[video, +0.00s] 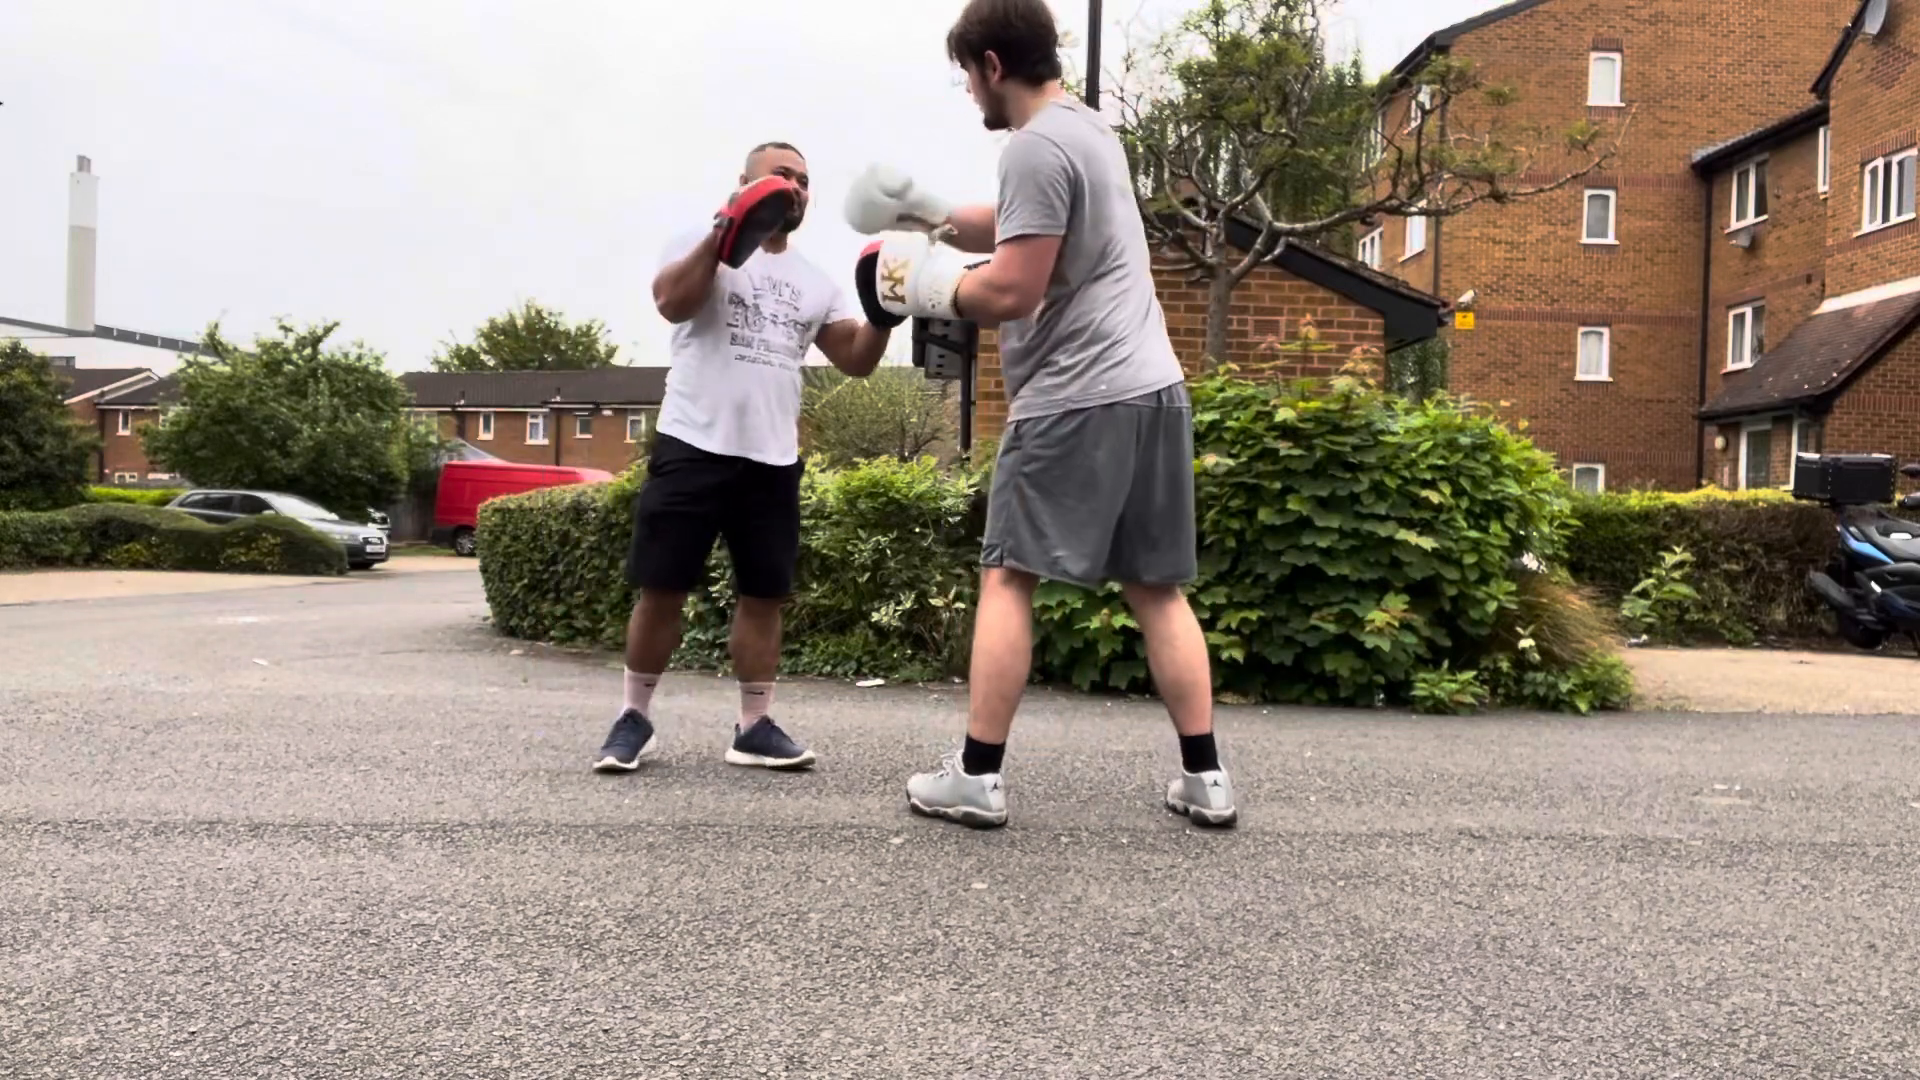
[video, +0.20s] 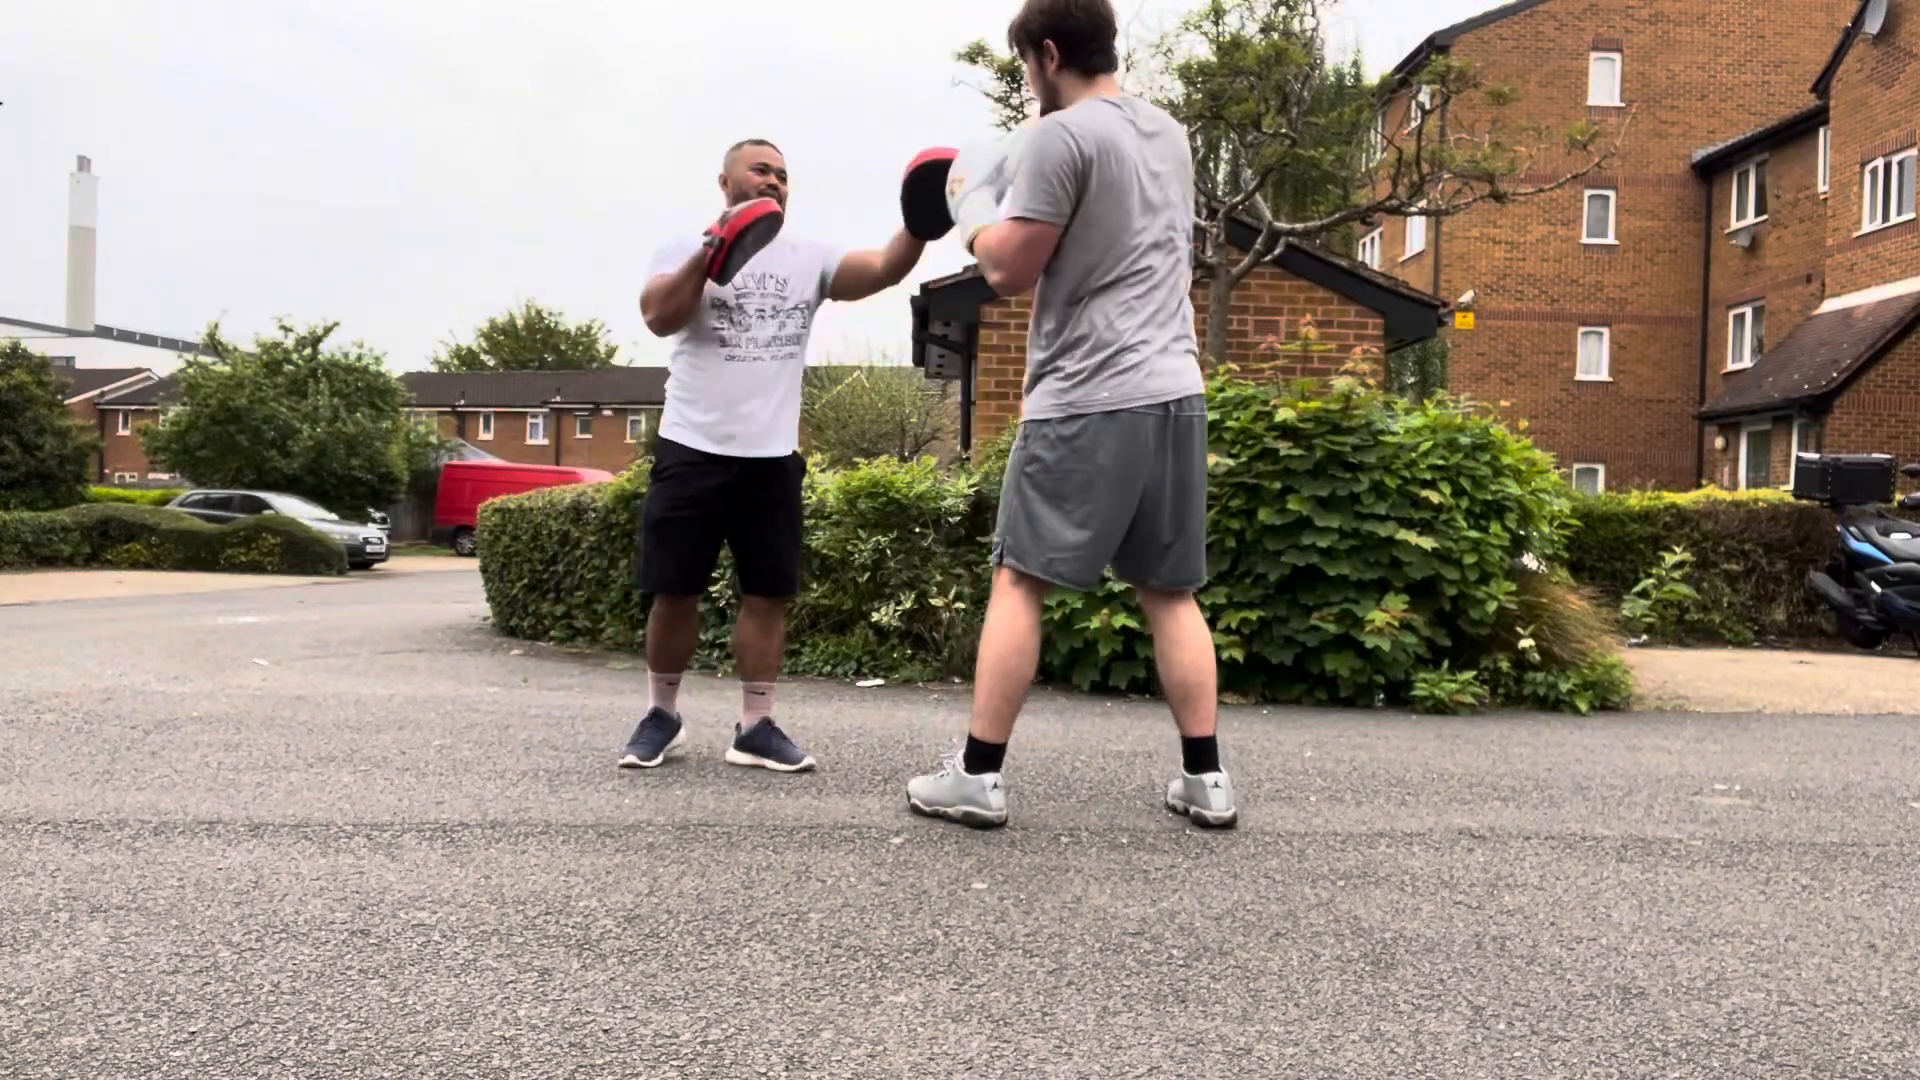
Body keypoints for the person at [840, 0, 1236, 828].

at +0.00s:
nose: (967, 92)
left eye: (966, 75)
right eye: (963, 77)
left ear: (992, 67)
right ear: (1038, 59)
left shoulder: (1036, 146)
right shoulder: (1092, 131)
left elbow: (1014, 292)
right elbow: (1026, 230)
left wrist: (926, 285)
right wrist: (929, 218)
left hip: (1071, 402)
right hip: (1156, 389)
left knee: (1008, 576)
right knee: (1157, 587)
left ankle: (976, 777)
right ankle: (1207, 779)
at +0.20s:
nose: (1026, 79)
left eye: (1025, 65)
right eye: (1024, 64)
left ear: (1047, 56)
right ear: (1110, 50)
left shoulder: (1057, 137)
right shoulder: (1170, 132)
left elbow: (1010, 267)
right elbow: (1143, 238)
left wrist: (976, 216)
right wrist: (1044, 163)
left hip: (1081, 402)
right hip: (1177, 398)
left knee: (1019, 582)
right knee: (1170, 590)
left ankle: (977, 775)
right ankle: (1207, 779)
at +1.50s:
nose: (983, 115)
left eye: (979, 99)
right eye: (979, 100)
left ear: (997, 88)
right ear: (1055, 74)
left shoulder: (1038, 160)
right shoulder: (1126, 133)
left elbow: (1045, 288)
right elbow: (1113, 287)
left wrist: (947, 301)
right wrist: (1000, 345)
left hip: (1092, 402)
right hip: (1181, 393)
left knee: (1012, 572)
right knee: (1173, 582)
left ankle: (980, 772)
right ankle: (1208, 778)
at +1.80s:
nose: (1035, 95)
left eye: (1032, 85)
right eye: (1035, 86)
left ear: (1046, 79)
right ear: (1118, 64)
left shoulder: (1026, 157)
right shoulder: (1199, 126)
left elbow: (950, 264)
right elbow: (1284, 224)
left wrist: (1022, 253)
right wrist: (1237, 297)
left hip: (1079, 398)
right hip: (1184, 391)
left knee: (1031, 578)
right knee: (1189, 591)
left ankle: (982, 774)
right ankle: (1207, 781)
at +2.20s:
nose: (1107, 92)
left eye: (1106, 81)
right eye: (1106, 81)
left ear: (1125, 72)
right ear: (1194, 64)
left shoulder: (1096, 146)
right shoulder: (1269, 140)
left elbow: (1050, 280)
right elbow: (1304, 266)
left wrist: (1117, 260)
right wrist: (1231, 266)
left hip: (1122, 396)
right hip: (1223, 398)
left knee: (1058, 572)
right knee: (1206, 592)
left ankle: (991, 757)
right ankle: (1209, 779)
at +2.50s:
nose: (1122, 84)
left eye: (1122, 70)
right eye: (1120, 72)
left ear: (1146, 55)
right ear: (1209, 57)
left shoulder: (1131, 119)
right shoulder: (1266, 145)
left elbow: (1061, 239)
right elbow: (1240, 247)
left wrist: (1071, 187)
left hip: (1132, 394)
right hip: (1229, 399)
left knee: (1055, 556)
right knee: (1204, 583)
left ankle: (1037, 749)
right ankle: (1210, 779)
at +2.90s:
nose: (1047, 82)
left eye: (1046, 71)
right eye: (1049, 72)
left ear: (1063, 62)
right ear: (1131, 57)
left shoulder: (1049, 117)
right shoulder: (1199, 133)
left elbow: (984, 237)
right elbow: (1178, 230)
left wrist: (1029, 170)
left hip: (1089, 392)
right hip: (1189, 389)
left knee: (1034, 582)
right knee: (1183, 587)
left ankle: (1001, 783)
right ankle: (1210, 776)